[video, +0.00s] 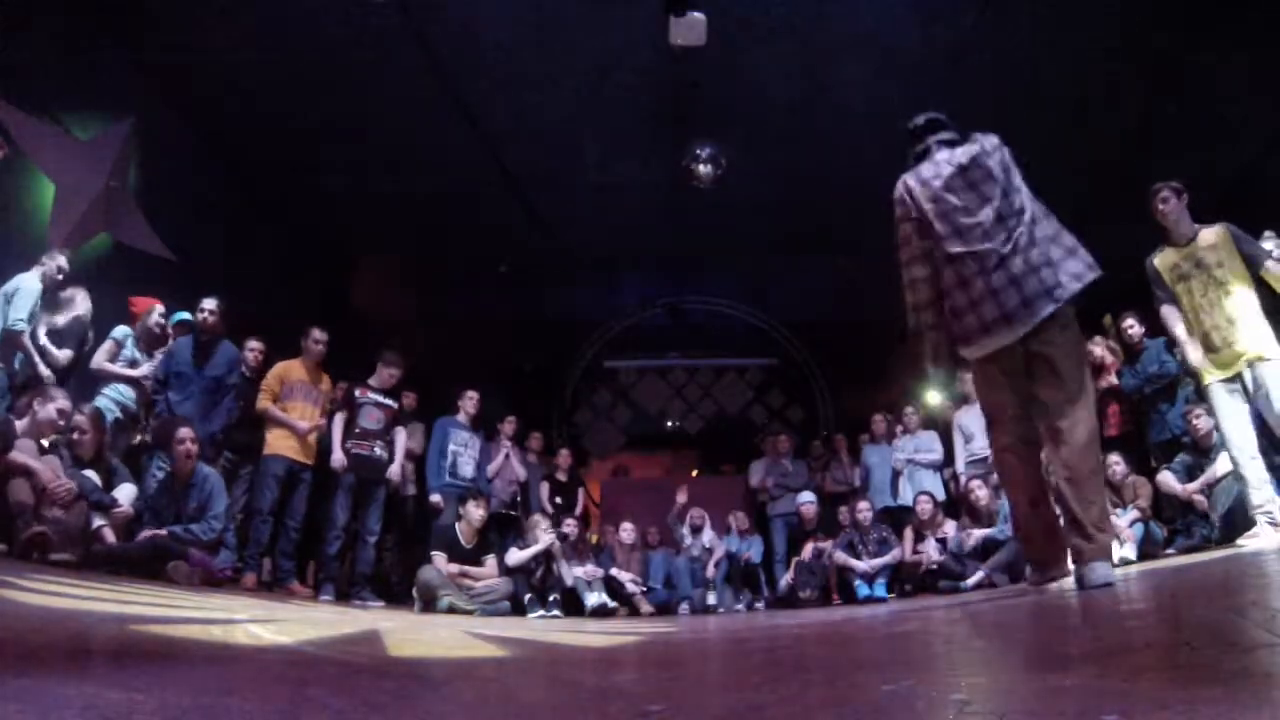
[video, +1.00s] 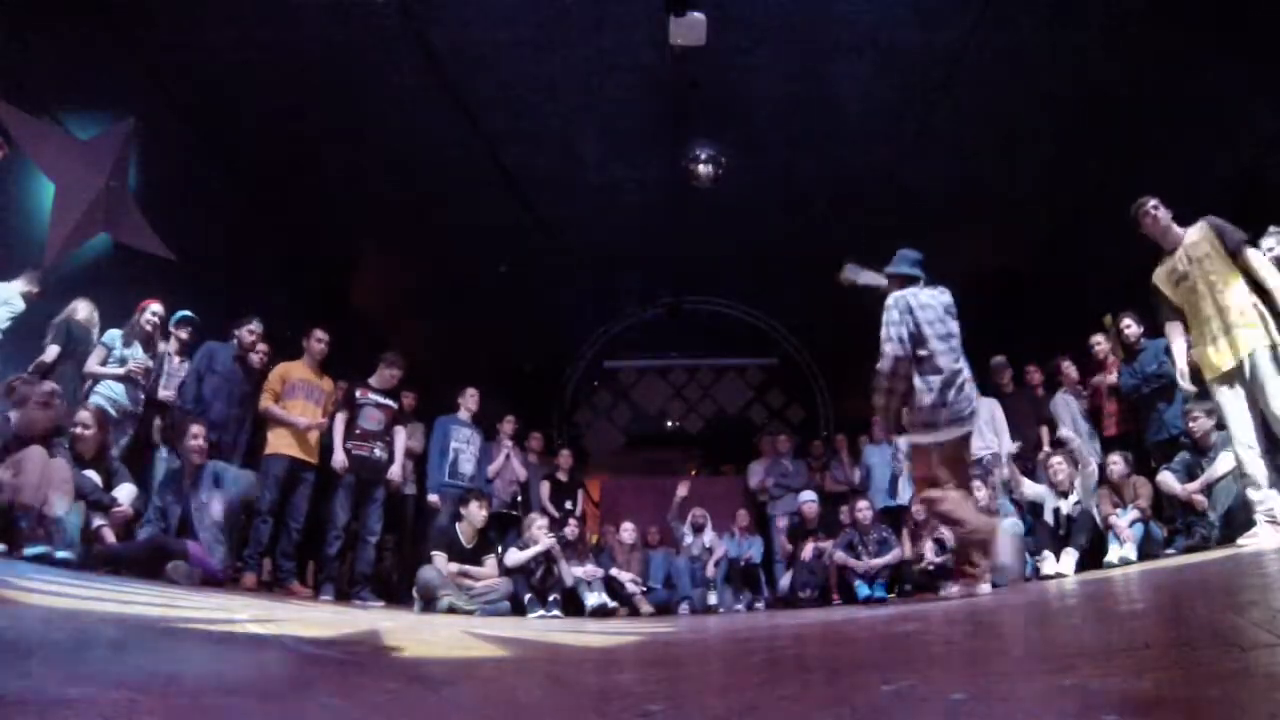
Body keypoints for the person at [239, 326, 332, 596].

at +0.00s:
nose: (321, 348)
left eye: (324, 344)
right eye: (316, 342)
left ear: (327, 348)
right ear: (304, 343)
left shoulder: (325, 381)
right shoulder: (283, 369)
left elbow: (324, 414)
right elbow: (263, 403)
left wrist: (319, 424)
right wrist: (294, 424)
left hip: (306, 453)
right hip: (278, 447)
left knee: (294, 518)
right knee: (264, 511)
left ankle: (286, 575)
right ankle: (251, 569)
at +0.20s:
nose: (321, 346)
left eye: (325, 342)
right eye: (317, 340)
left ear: (328, 348)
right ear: (305, 342)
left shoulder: (326, 382)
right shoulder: (283, 369)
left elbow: (325, 415)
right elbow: (263, 403)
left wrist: (319, 424)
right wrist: (293, 423)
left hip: (305, 454)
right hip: (278, 448)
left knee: (294, 518)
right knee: (263, 511)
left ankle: (286, 574)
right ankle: (251, 568)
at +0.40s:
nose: (321, 346)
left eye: (325, 342)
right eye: (317, 340)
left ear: (328, 348)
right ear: (305, 342)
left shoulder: (327, 381)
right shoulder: (283, 369)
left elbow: (326, 414)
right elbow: (263, 403)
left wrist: (320, 423)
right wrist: (292, 422)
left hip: (306, 454)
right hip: (278, 447)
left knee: (294, 518)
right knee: (263, 510)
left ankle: (286, 574)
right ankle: (251, 568)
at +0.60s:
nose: (321, 349)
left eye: (325, 345)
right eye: (317, 343)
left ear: (327, 350)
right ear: (305, 344)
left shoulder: (327, 383)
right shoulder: (283, 370)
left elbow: (326, 415)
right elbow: (264, 404)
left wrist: (320, 423)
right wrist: (293, 420)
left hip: (307, 454)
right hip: (279, 447)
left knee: (295, 518)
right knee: (265, 510)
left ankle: (286, 574)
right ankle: (251, 568)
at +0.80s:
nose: (322, 347)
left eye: (325, 343)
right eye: (317, 341)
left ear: (328, 349)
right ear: (305, 343)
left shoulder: (327, 383)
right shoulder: (283, 370)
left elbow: (326, 415)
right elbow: (265, 404)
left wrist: (320, 424)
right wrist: (294, 420)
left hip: (307, 454)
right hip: (280, 447)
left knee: (296, 518)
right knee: (265, 510)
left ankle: (286, 574)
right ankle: (251, 568)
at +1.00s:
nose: (322, 346)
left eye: (326, 342)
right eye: (318, 340)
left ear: (328, 348)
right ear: (305, 342)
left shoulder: (327, 383)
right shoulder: (284, 369)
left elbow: (328, 416)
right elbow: (265, 403)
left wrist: (320, 424)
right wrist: (296, 420)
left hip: (308, 454)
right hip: (280, 447)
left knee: (296, 518)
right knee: (266, 510)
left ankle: (286, 574)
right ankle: (251, 568)